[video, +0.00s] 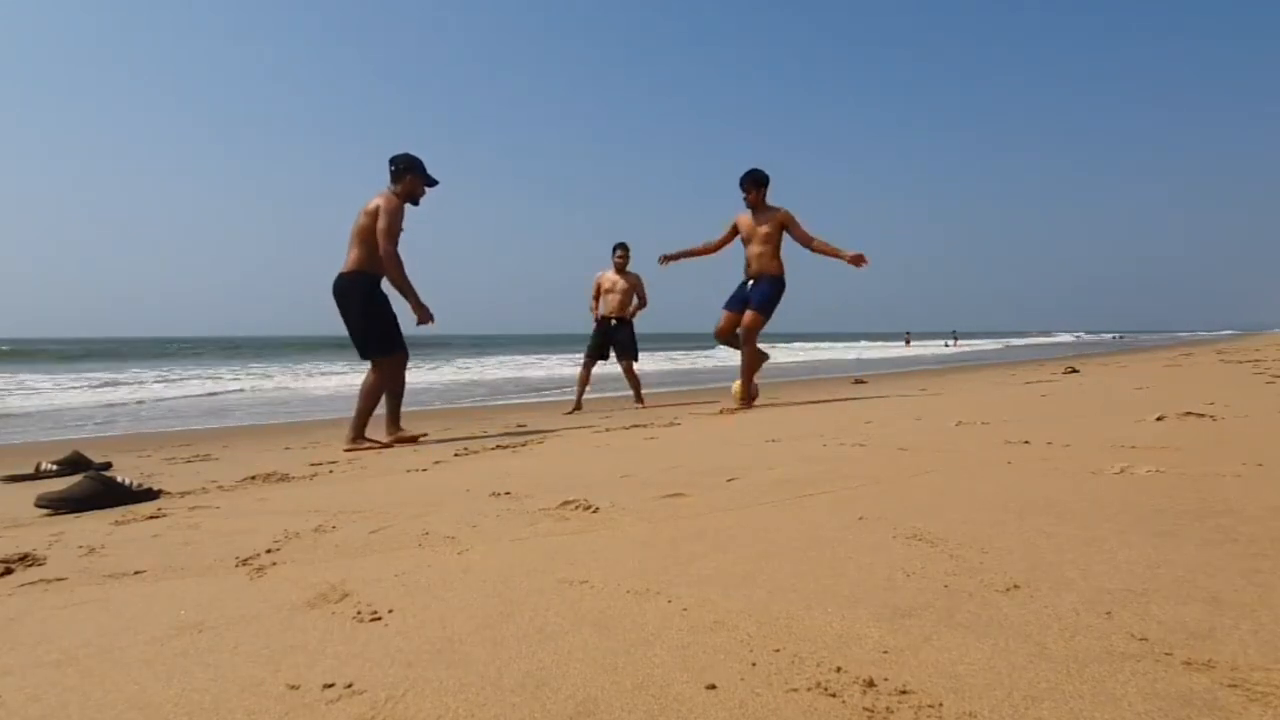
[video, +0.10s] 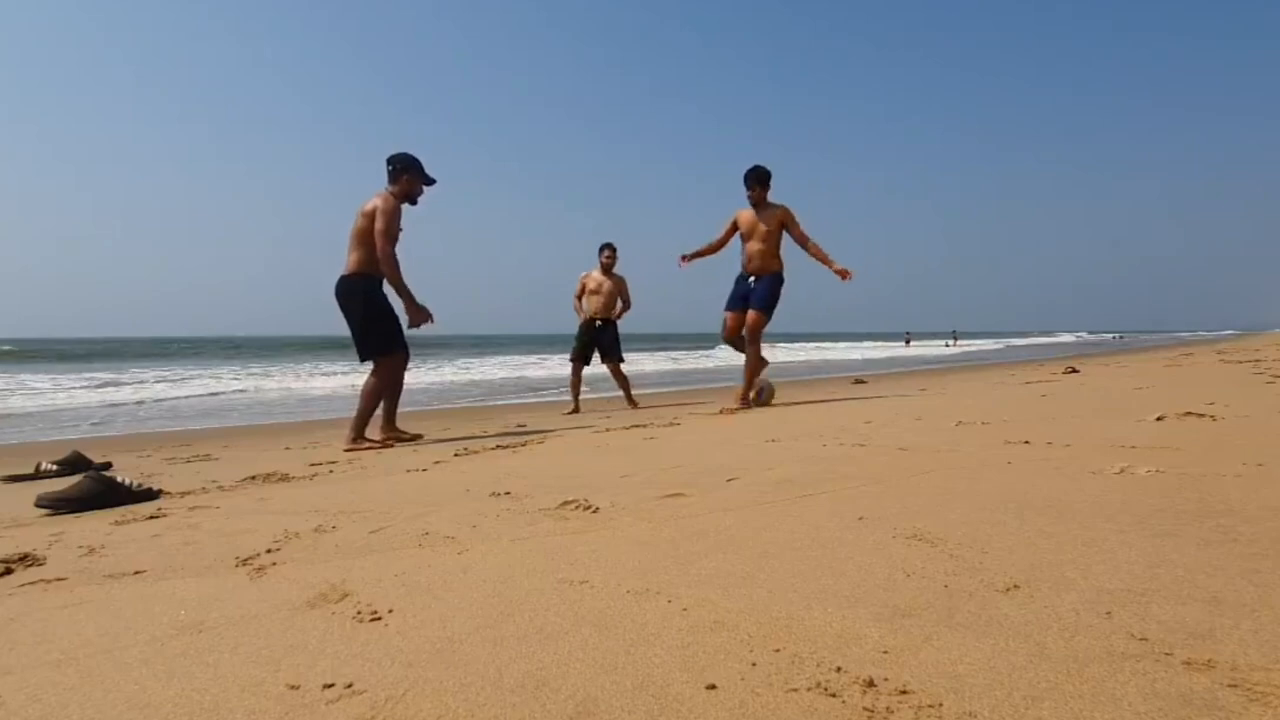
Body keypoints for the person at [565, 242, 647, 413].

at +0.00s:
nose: (621, 260)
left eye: (624, 257)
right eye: (618, 257)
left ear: (628, 259)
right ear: (612, 258)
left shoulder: (633, 279)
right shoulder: (602, 277)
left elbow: (642, 301)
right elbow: (595, 297)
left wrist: (632, 312)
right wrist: (595, 312)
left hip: (623, 322)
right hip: (603, 321)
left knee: (627, 365)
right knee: (588, 362)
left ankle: (639, 399)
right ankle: (577, 402)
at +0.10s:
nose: (609, 261)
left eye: (612, 258)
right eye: (606, 257)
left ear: (616, 259)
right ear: (599, 258)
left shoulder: (619, 281)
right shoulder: (586, 278)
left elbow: (626, 303)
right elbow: (577, 297)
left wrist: (618, 314)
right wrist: (581, 314)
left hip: (607, 323)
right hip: (588, 322)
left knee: (613, 365)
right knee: (576, 364)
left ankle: (630, 399)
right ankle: (575, 404)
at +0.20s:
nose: (599, 256)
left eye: (602, 253)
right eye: (596, 252)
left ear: (606, 255)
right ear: (590, 253)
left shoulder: (609, 276)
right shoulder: (576, 272)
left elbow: (614, 298)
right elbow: (564, 292)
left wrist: (608, 309)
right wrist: (569, 309)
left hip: (598, 319)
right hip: (579, 318)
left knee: (599, 363)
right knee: (573, 363)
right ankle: (574, 403)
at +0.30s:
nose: (593, 252)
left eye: (595, 249)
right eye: (589, 249)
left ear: (598, 251)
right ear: (582, 250)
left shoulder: (601, 272)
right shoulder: (569, 269)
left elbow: (605, 294)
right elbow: (556, 289)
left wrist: (599, 306)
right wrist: (558, 306)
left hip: (589, 316)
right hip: (570, 314)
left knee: (584, 362)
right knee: (565, 361)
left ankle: (575, 400)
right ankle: (564, 401)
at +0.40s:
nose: (585, 256)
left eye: (588, 253)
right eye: (582, 253)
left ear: (591, 255)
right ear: (574, 254)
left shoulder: (594, 277)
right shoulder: (562, 274)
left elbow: (600, 298)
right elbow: (548, 294)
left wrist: (591, 310)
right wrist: (548, 311)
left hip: (582, 320)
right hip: (563, 318)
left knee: (576, 367)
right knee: (552, 363)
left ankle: (567, 405)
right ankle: (544, 403)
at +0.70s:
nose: (565, 255)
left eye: (567, 252)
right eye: (562, 252)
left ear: (568, 254)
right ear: (552, 252)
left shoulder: (569, 276)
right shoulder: (538, 273)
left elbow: (571, 298)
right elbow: (526, 296)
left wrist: (574, 313)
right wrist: (532, 312)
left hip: (561, 322)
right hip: (542, 321)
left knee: (565, 366)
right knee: (534, 366)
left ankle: (566, 405)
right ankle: (530, 407)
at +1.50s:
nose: (583, 251)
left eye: (585, 247)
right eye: (578, 247)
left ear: (586, 250)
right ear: (569, 249)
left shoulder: (587, 274)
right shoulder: (559, 271)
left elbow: (592, 301)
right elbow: (545, 297)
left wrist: (603, 327)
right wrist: (554, 321)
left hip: (582, 323)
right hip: (562, 323)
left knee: (594, 363)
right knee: (547, 369)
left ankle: (591, 404)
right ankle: (531, 406)